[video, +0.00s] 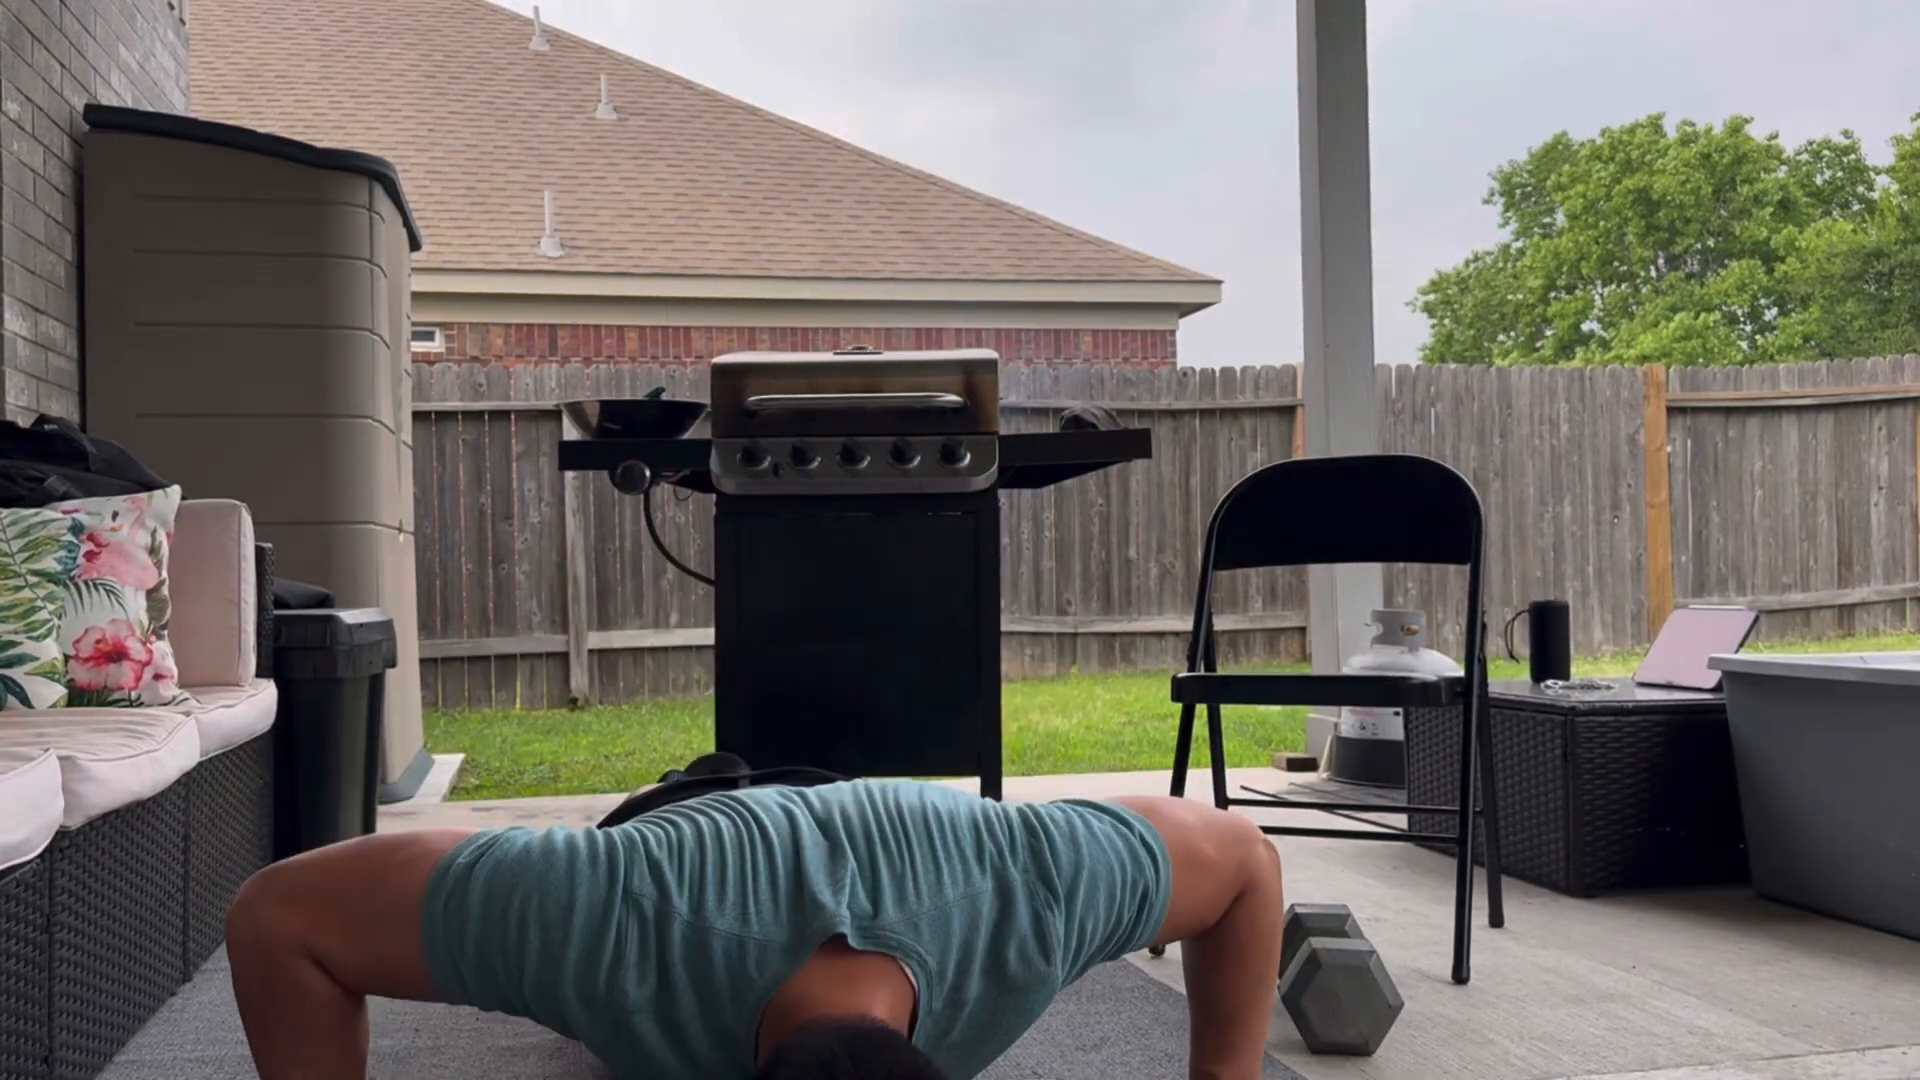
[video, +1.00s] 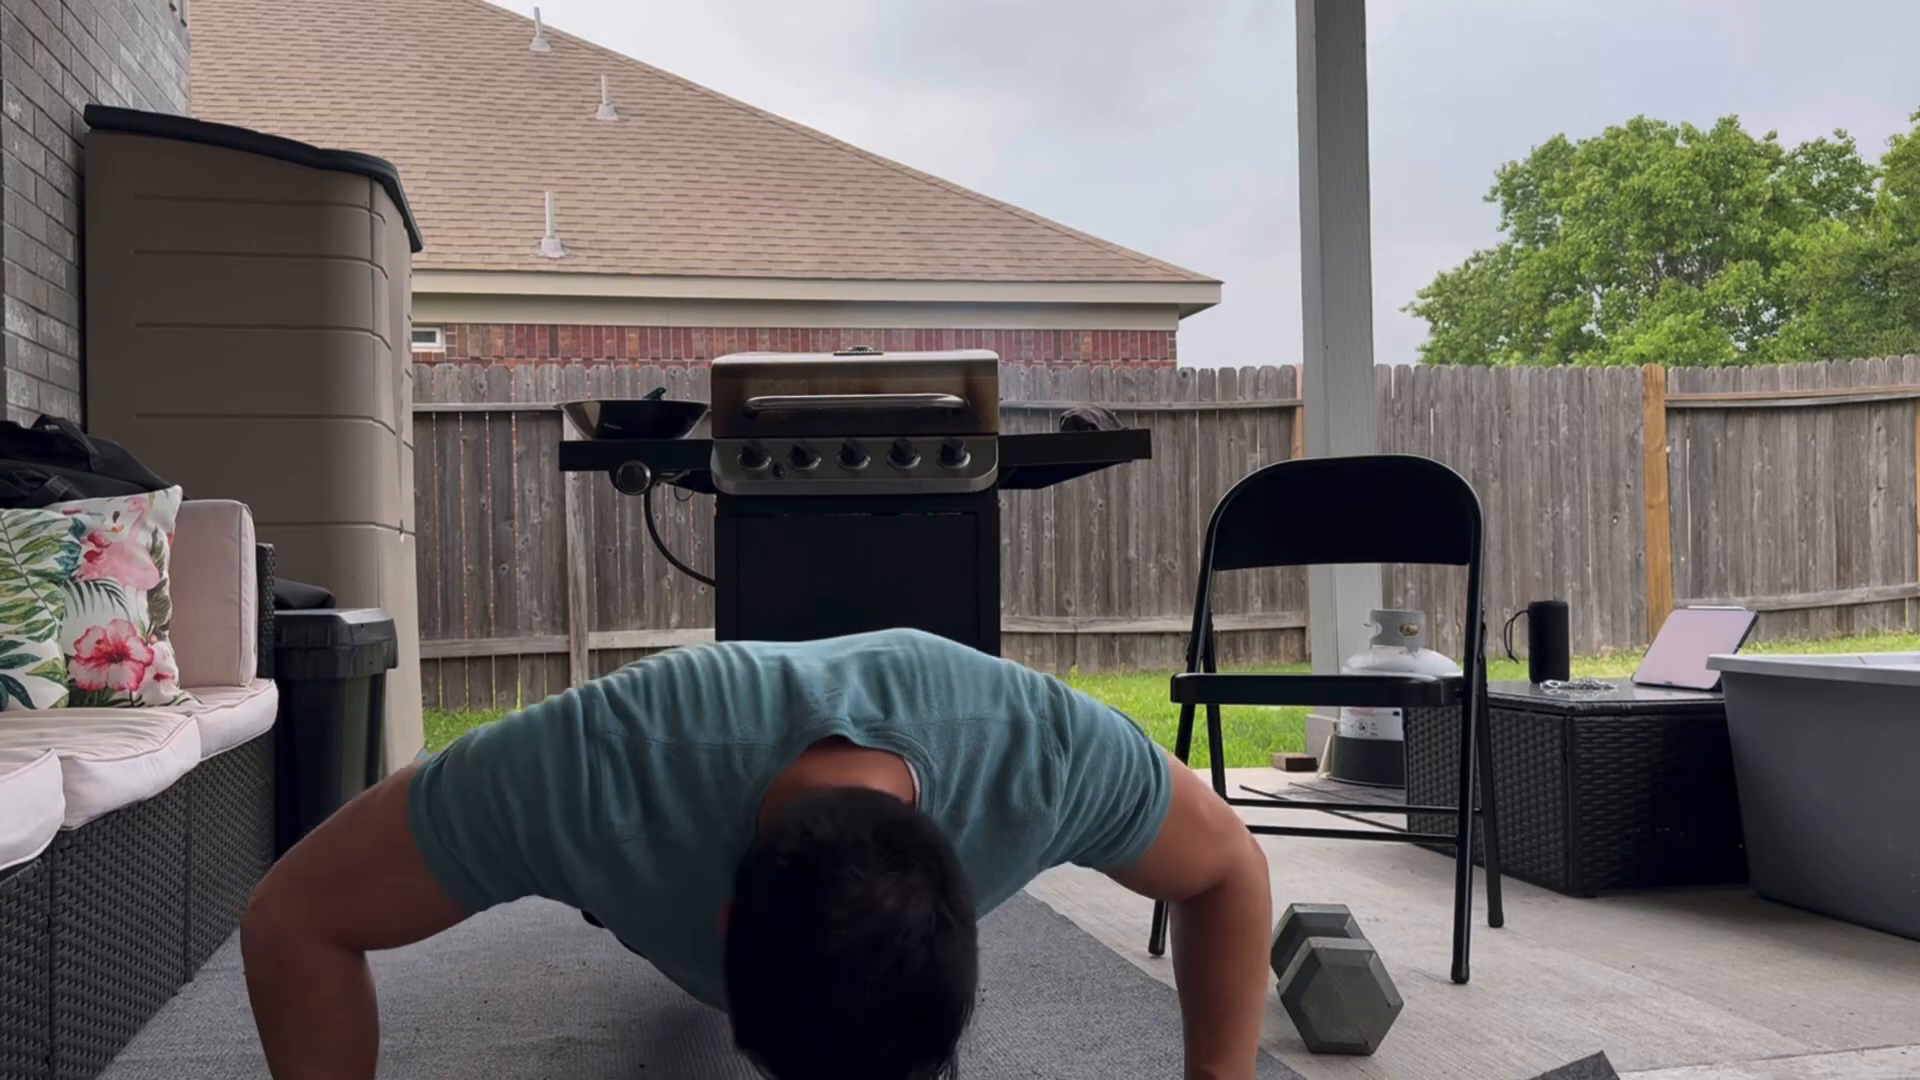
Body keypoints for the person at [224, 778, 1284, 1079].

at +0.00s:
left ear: (922, 1054)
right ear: (746, 1053)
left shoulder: (1041, 896)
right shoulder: (612, 936)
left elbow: (1245, 865)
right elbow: (279, 926)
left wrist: (1227, 1072)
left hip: (919, 814)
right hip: (682, 826)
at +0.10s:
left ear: (939, 1024)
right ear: (743, 1025)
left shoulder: (1043, 858)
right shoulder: (602, 887)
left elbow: (1242, 869)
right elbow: (281, 926)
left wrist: (1223, 1077)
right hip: (665, 818)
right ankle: (448, 802)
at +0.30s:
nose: (812, 961)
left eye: (863, 946)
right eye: (778, 934)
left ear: (957, 807)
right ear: (723, 786)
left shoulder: (1039, 664)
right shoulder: (589, 660)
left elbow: (1201, 863)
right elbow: (347, 903)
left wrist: (1214, 1069)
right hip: (674, 871)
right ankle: (625, 839)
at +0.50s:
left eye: (879, 1039)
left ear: (961, 867)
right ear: (729, 871)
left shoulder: (1038, 730)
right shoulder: (586, 735)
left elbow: (1217, 869)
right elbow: (306, 916)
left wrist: (1219, 1071)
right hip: (656, 883)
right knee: (657, 937)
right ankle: (660, 924)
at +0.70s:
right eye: (806, 1050)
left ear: (929, 1037)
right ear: (744, 1036)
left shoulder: (1043, 879)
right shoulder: (604, 909)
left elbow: (1245, 870)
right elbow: (283, 927)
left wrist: (1227, 1073)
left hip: (928, 813)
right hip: (689, 827)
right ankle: (437, 816)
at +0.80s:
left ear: (932, 1045)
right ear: (750, 1045)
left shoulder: (1043, 888)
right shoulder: (611, 928)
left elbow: (1246, 867)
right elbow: (283, 926)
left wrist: (1226, 1069)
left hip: (919, 812)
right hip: (674, 828)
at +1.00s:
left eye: (895, 1060)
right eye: (790, 1049)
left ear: (963, 918)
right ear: (731, 919)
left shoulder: (1050, 762)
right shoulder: (586, 778)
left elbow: (1229, 873)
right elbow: (294, 924)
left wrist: (1223, 1067)